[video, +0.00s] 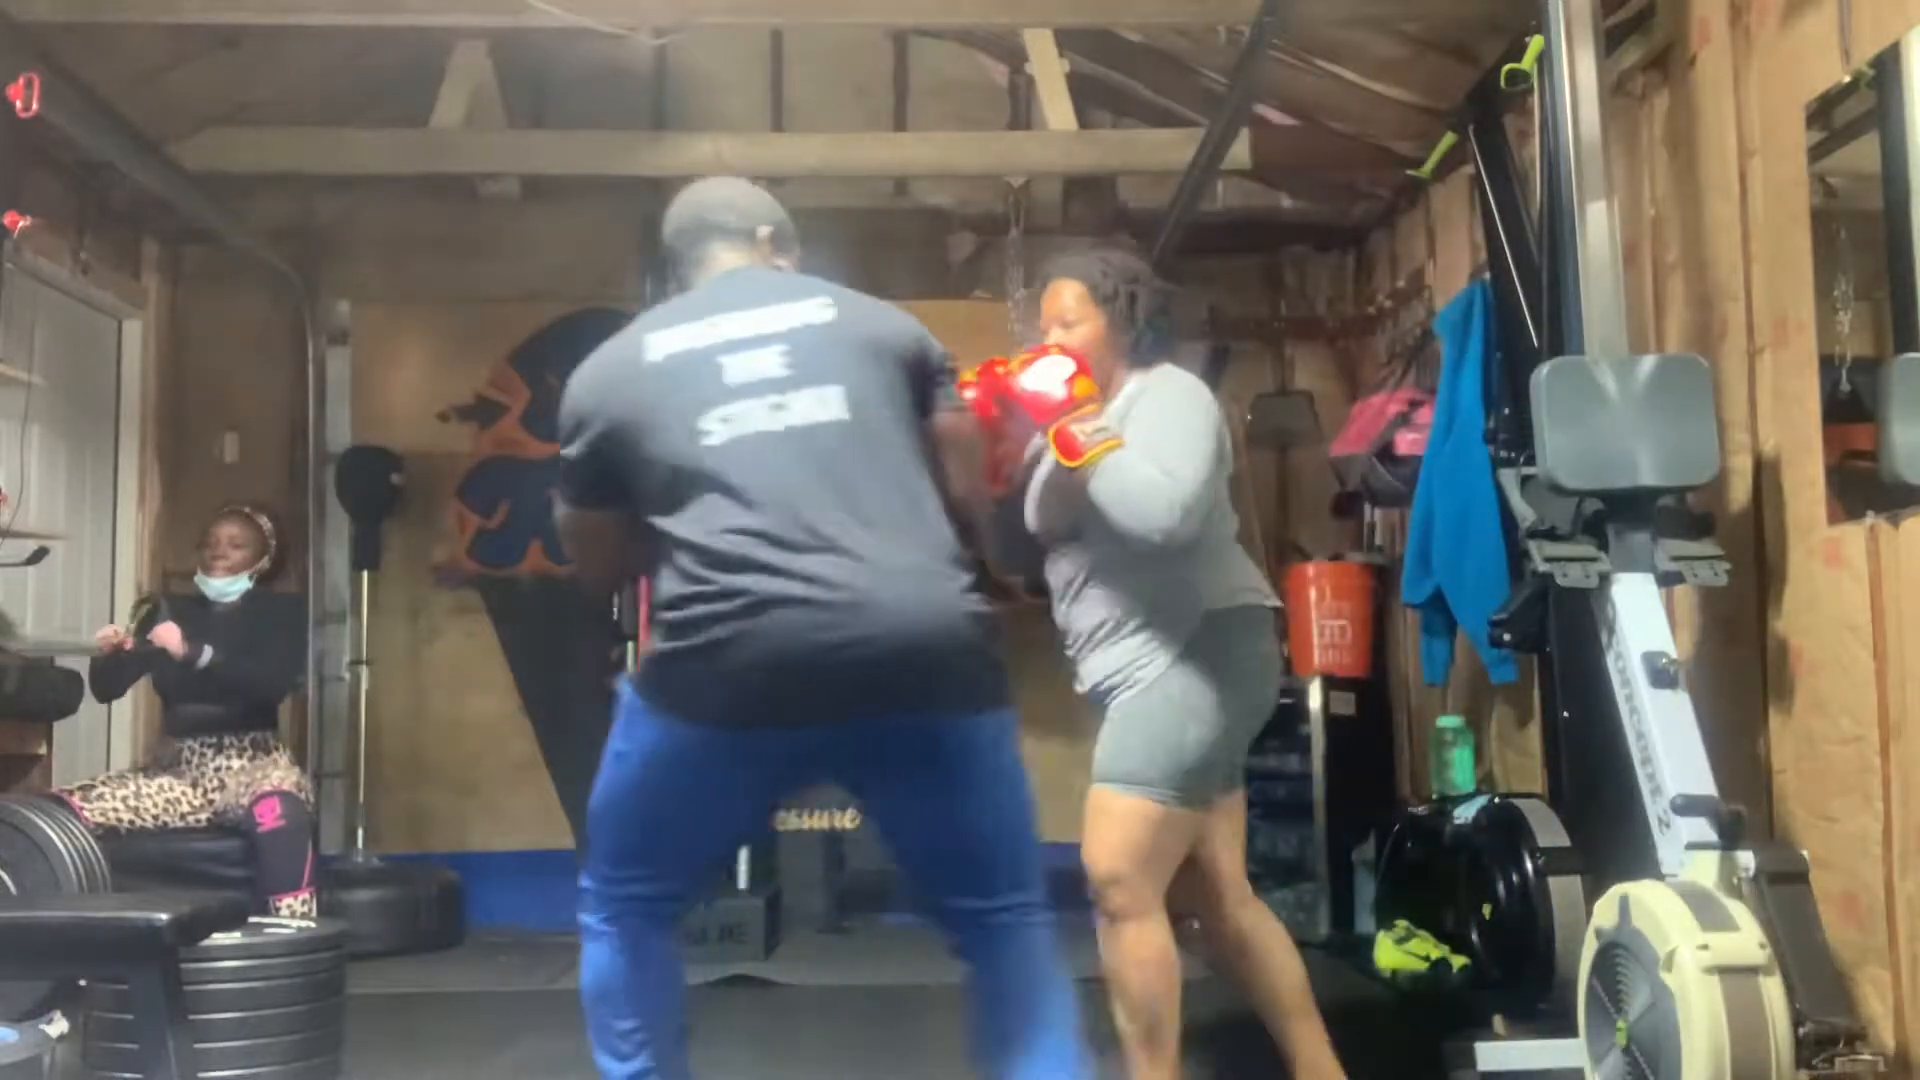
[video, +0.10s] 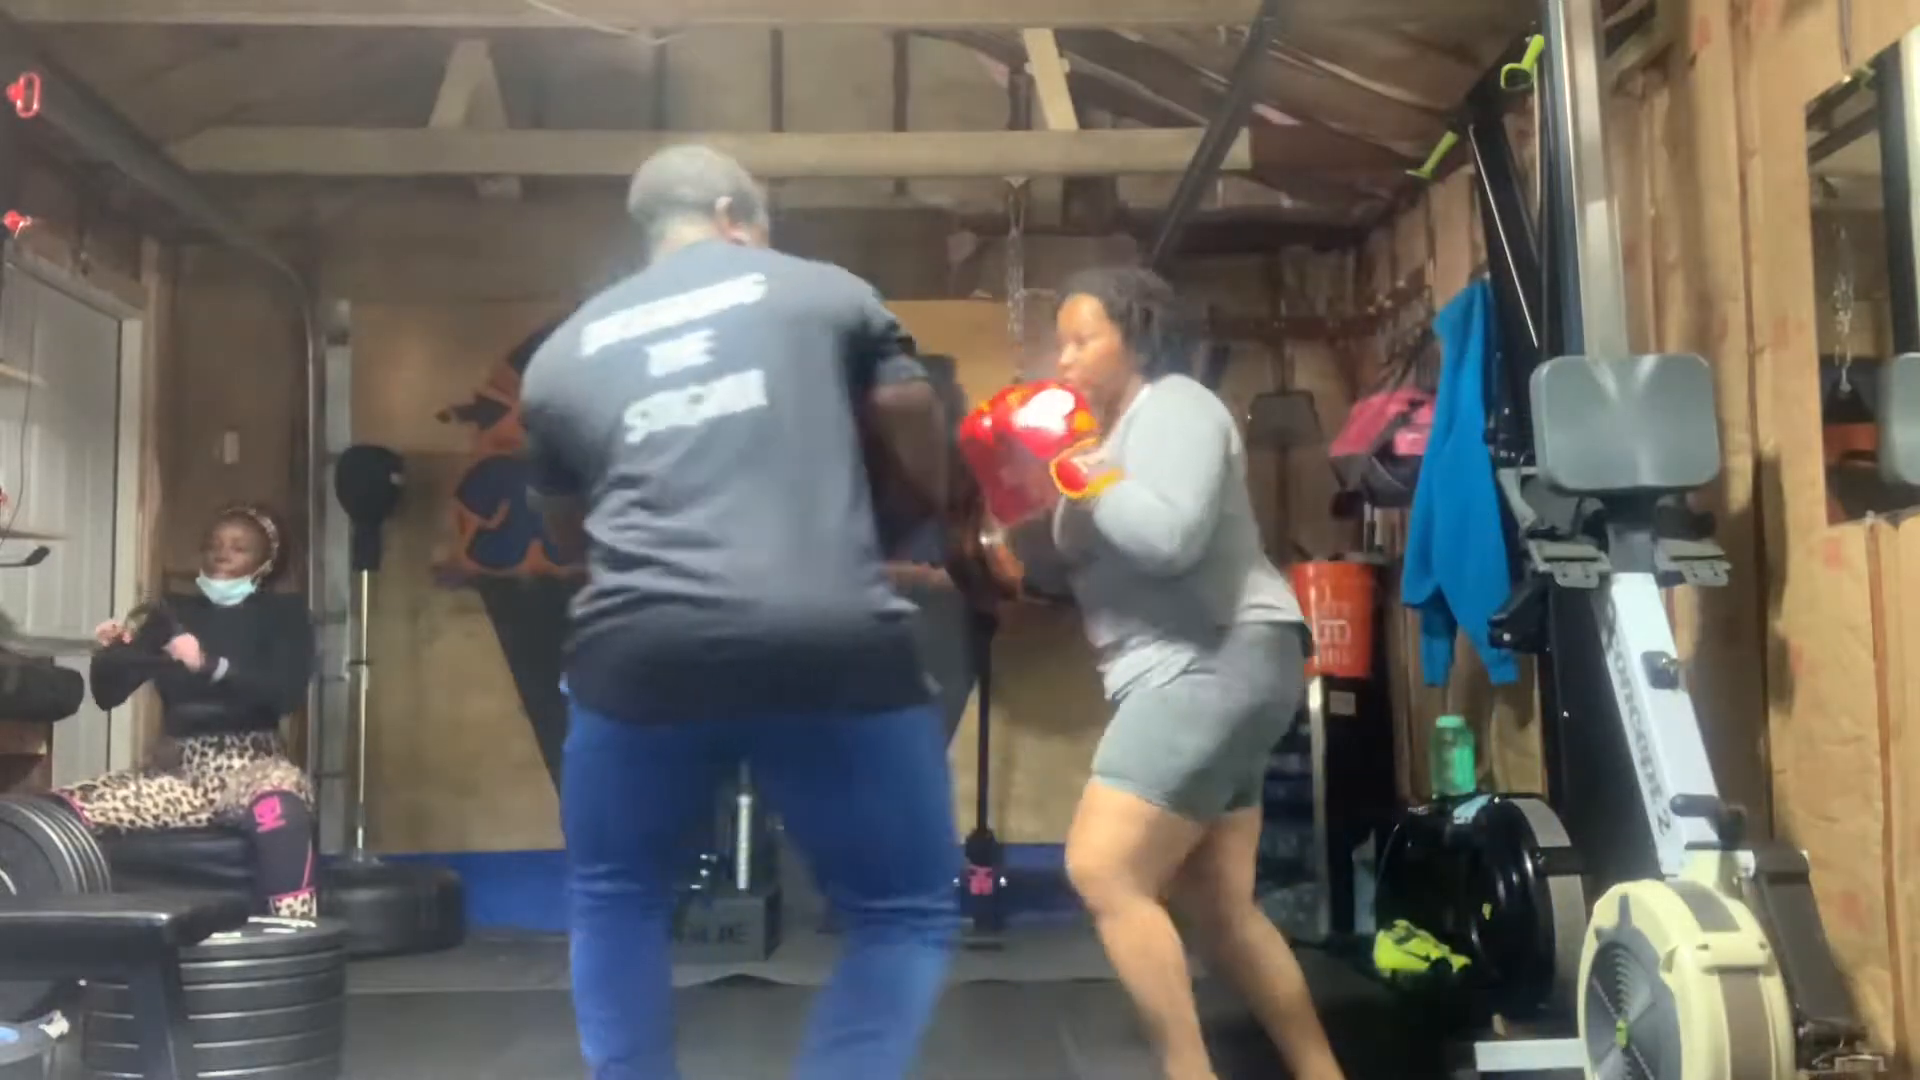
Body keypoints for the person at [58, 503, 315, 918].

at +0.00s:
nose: (217, 553)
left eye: (233, 545)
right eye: (210, 543)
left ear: (260, 560)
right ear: (201, 549)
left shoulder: (281, 611)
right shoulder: (172, 611)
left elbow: (273, 684)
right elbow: (106, 689)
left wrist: (193, 652)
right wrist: (107, 657)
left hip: (254, 769)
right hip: (175, 771)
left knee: (280, 813)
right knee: (61, 811)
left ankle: (296, 949)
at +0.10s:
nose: (221, 554)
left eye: (238, 547)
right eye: (215, 544)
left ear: (263, 565)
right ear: (204, 550)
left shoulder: (282, 612)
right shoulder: (174, 612)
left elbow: (286, 692)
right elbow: (108, 694)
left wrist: (209, 664)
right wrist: (112, 652)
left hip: (254, 770)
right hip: (175, 772)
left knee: (281, 810)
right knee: (61, 811)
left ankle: (296, 948)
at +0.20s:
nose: (225, 557)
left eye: (241, 550)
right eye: (217, 546)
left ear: (264, 565)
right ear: (205, 553)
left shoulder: (286, 618)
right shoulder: (180, 614)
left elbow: (304, 712)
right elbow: (127, 713)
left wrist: (239, 681)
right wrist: (127, 673)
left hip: (254, 770)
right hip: (177, 771)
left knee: (282, 811)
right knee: (59, 810)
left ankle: (296, 948)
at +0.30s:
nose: (226, 559)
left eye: (242, 551)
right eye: (218, 547)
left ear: (266, 565)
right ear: (206, 552)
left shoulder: (288, 619)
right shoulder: (179, 615)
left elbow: (308, 721)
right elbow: (144, 723)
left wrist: (251, 693)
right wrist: (140, 684)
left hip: (256, 767)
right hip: (177, 770)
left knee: (281, 812)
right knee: (60, 809)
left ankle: (297, 948)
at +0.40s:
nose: (229, 560)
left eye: (245, 551)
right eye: (221, 548)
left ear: (268, 565)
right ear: (208, 552)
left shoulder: (290, 620)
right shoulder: (178, 616)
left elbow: (303, 713)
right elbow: (130, 718)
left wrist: (237, 683)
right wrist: (136, 669)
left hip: (261, 770)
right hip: (180, 771)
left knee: (280, 813)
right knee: (62, 810)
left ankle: (296, 947)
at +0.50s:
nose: (231, 558)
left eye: (247, 550)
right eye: (223, 546)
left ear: (269, 564)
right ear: (210, 549)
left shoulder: (286, 615)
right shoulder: (174, 615)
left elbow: (289, 692)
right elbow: (111, 697)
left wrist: (209, 668)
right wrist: (121, 659)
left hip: (257, 769)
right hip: (177, 772)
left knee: (283, 811)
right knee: (60, 810)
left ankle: (296, 945)